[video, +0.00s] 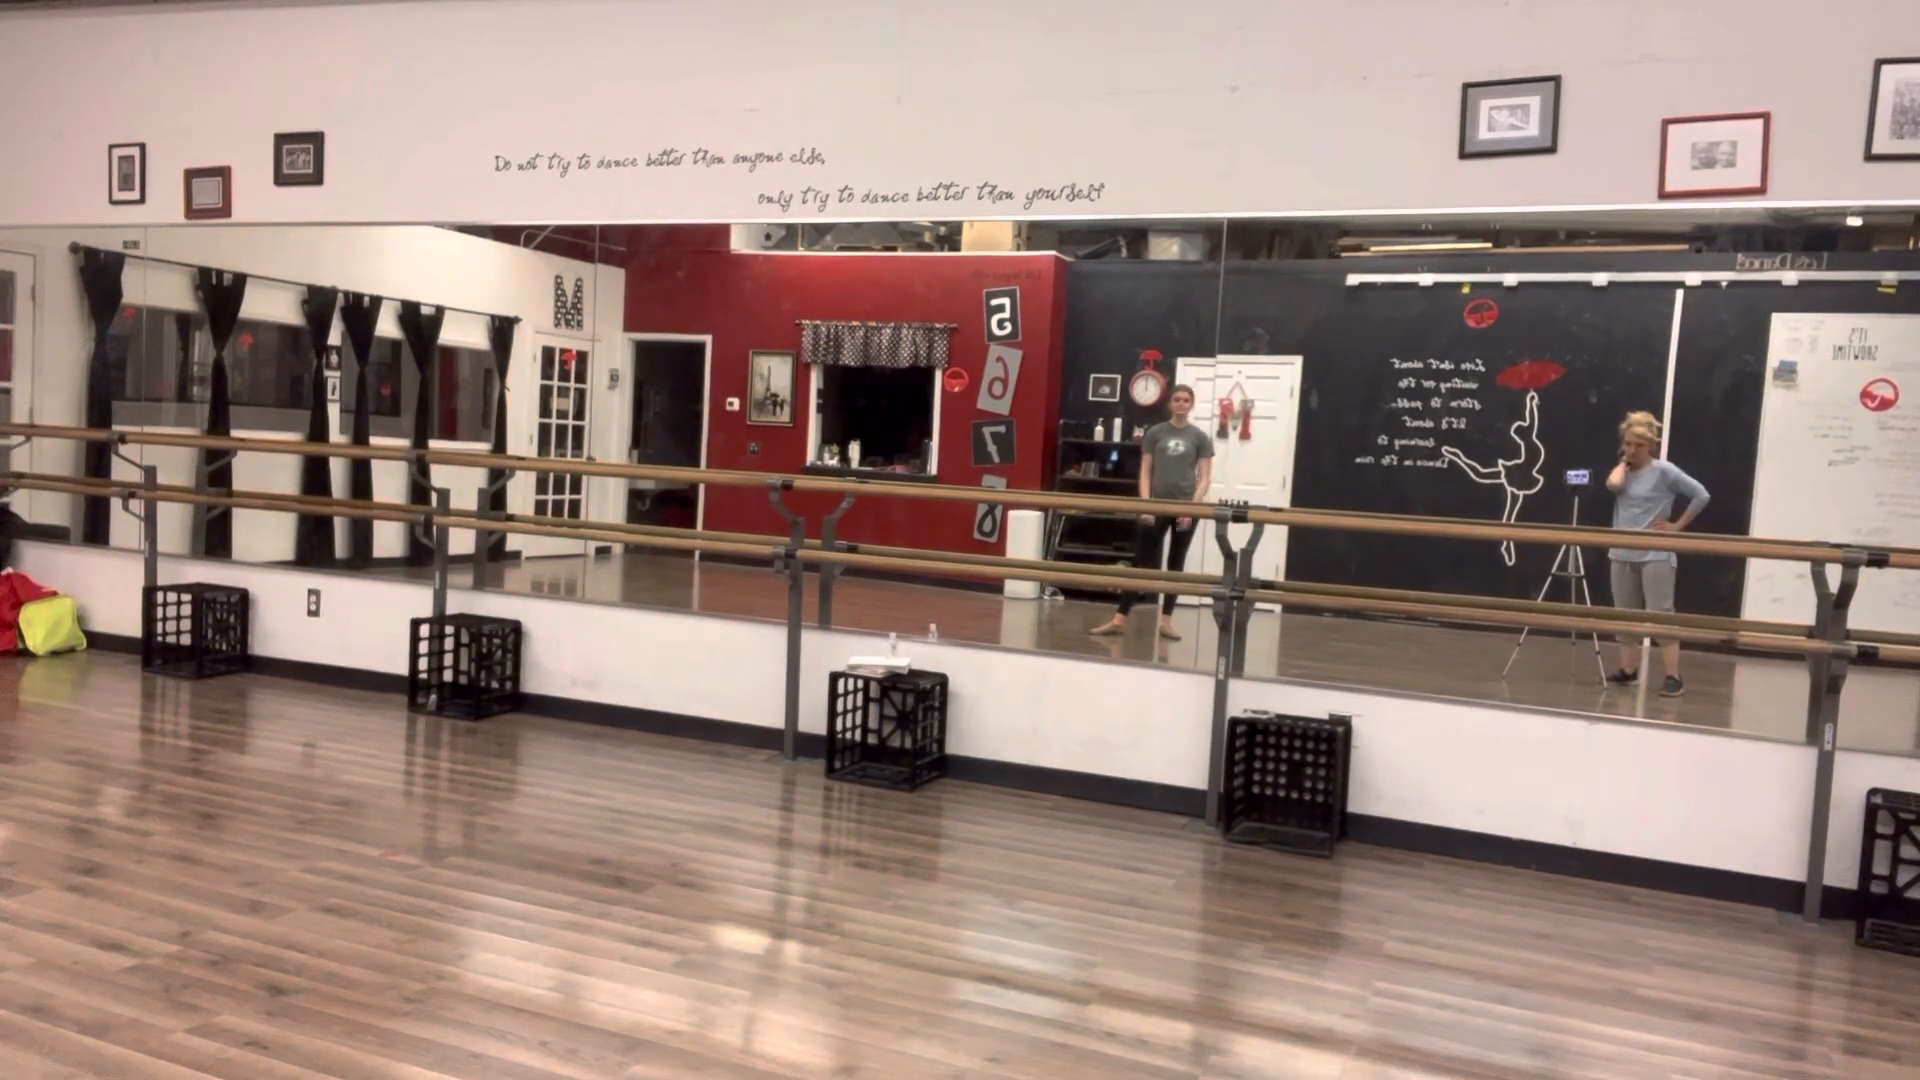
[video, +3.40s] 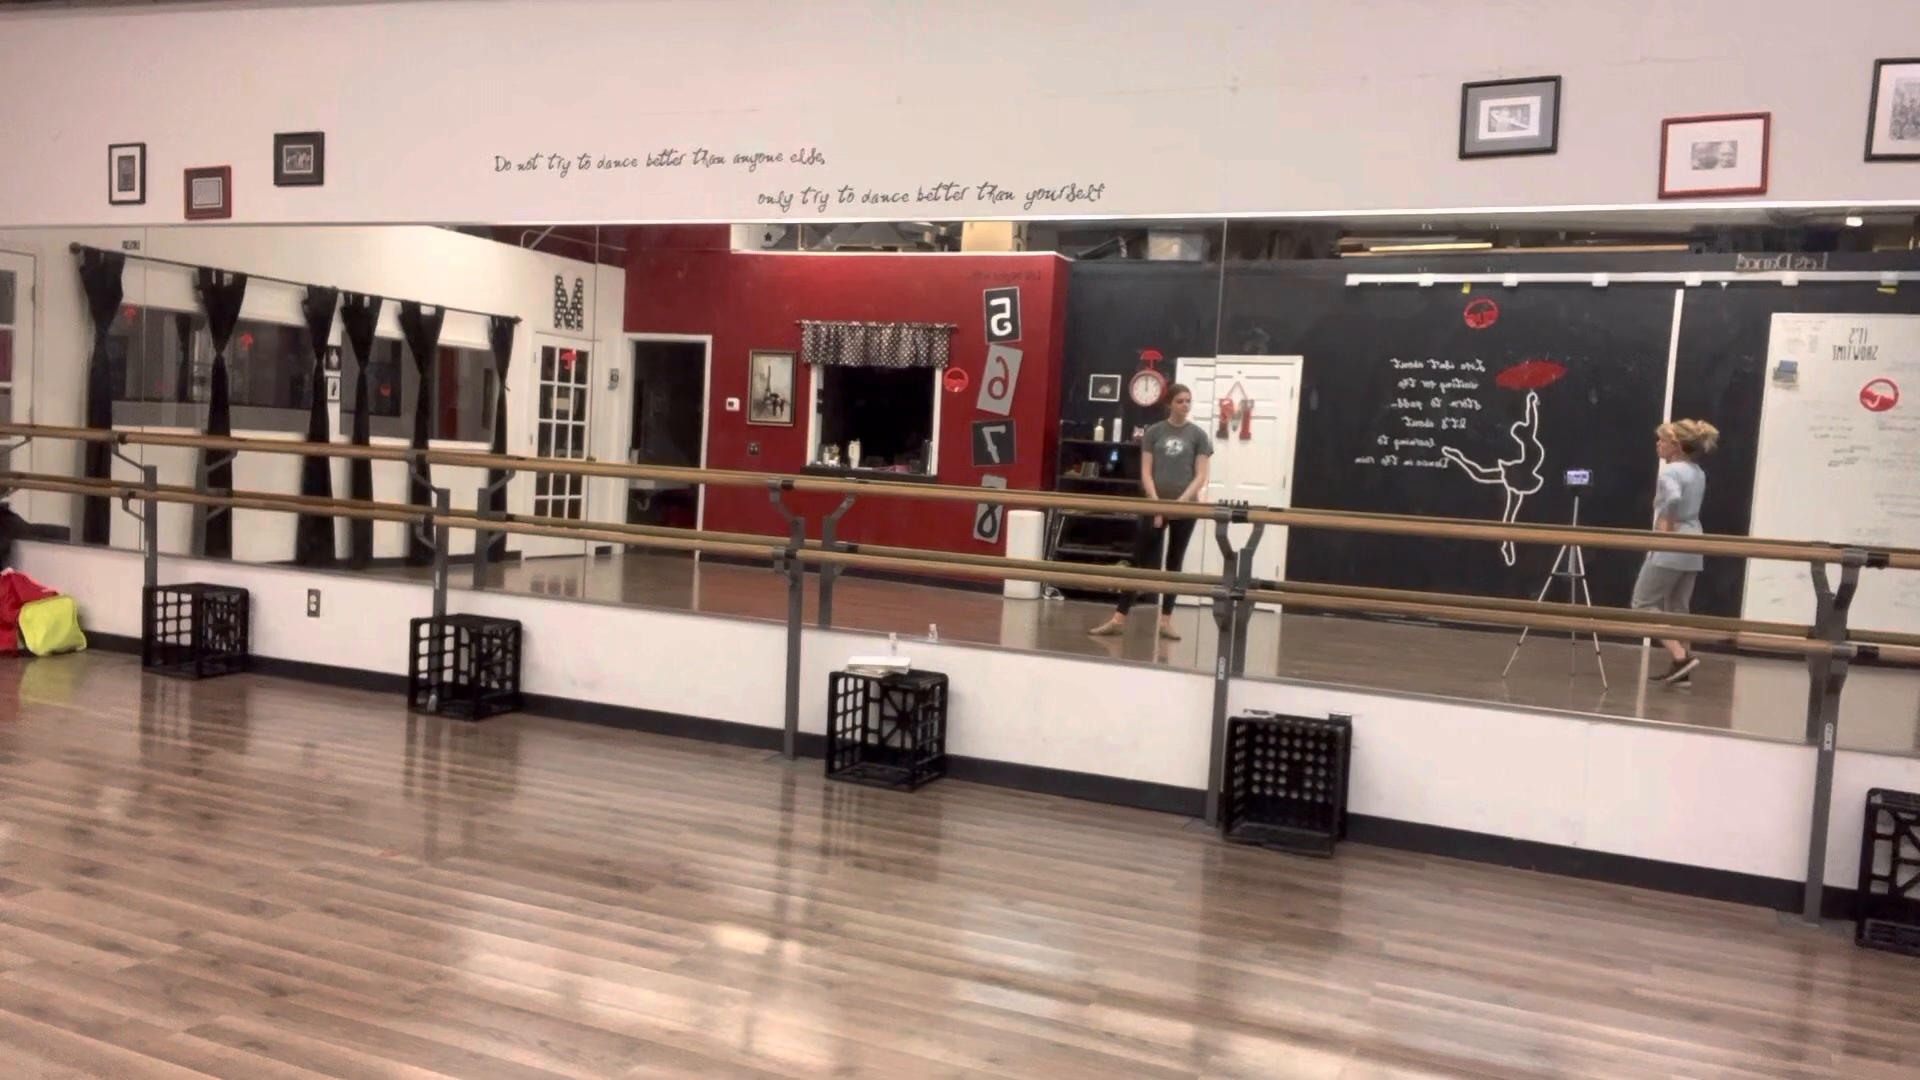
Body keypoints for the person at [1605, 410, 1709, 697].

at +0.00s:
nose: (1632, 450)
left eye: (1639, 445)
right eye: (1628, 444)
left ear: (1651, 446)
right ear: (1623, 445)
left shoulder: (1665, 471)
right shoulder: (1622, 470)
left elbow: (1701, 495)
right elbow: (1614, 484)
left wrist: (1677, 525)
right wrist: (1625, 460)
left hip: (1656, 554)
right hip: (1622, 553)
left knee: (1661, 615)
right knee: (1624, 615)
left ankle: (1672, 675)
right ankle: (1628, 669)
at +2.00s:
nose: (1632, 442)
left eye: (1639, 438)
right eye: (1631, 437)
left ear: (1655, 445)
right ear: (1629, 442)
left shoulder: (1667, 473)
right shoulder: (1628, 477)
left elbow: (1706, 497)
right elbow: (1616, 500)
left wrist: (1684, 526)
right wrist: (1625, 471)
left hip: (1663, 554)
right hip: (1632, 553)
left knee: (1664, 616)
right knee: (1634, 616)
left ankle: (1674, 676)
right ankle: (1628, 670)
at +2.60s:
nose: (1650, 446)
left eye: (1655, 441)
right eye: (1650, 441)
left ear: (1671, 444)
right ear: (1667, 445)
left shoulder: (1678, 472)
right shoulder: (1669, 471)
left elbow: (1698, 503)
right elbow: (1649, 503)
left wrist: (1692, 525)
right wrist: (1660, 471)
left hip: (1687, 555)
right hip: (1668, 553)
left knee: (1682, 618)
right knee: (1652, 611)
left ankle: (1688, 679)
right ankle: (1649, 667)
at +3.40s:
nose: (1658, 444)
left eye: (1662, 440)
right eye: (1659, 439)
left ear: (1677, 446)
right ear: (1683, 447)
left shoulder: (1670, 472)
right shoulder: (1698, 473)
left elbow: (1673, 498)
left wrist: (1665, 524)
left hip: (1670, 542)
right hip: (1693, 541)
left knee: (1642, 604)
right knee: (1679, 607)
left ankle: (1680, 655)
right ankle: (1681, 665)